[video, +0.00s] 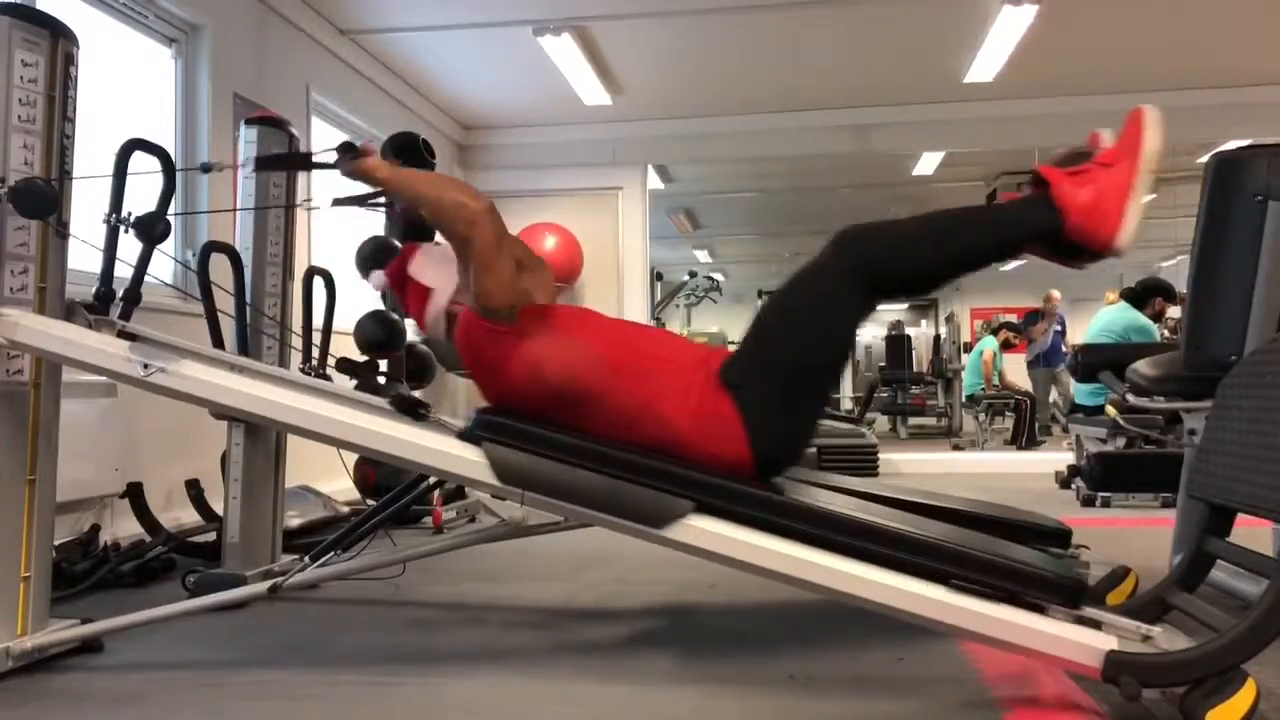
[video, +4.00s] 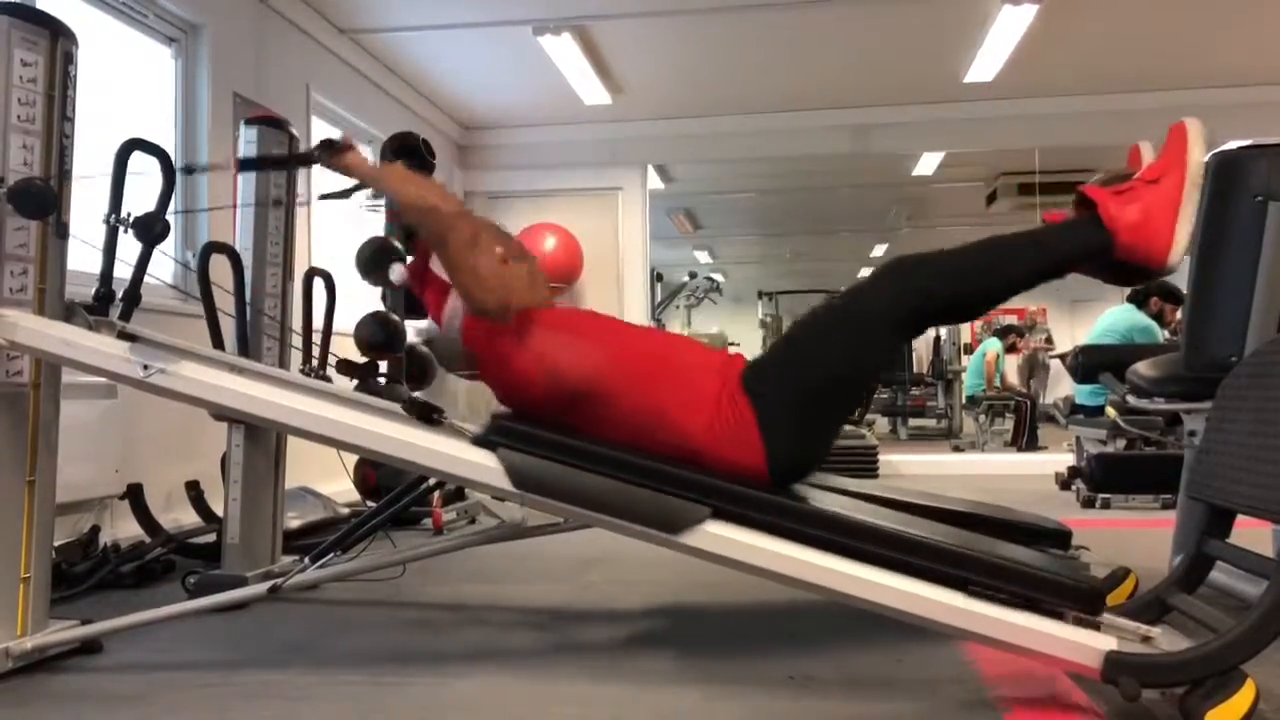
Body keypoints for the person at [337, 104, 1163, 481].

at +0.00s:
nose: (479, 252)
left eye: (441, 248)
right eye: (452, 249)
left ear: (424, 293)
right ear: (440, 274)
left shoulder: (500, 326)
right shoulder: (491, 324)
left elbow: (559, 248)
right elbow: (470, 214)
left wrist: (452, 240)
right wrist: (395, 176)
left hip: (731, 411)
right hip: (739, 428)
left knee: (851, 255)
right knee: (850, 258)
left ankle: (1055, 207)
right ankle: (1064, 211)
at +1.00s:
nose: (305, 176)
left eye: (292, 166)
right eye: (284, 170)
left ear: (257, 204)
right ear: (250, 205)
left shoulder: (314, 262)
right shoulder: (285, 252)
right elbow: (395, 205)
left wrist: (585, 223)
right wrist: (514, 135)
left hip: (510, 346)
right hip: (501, 346)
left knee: (498, 163)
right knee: (501, 162)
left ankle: (684, 118)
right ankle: (673, 88)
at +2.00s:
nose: (526, 258)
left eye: (516, 252)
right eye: (507, 255)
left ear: (485, 305)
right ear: (484, 297)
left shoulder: (545, 340)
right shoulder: (523, 347)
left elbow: (568, 257)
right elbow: (444, 233)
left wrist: (474, 267)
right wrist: (353, 216)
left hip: (770, 407)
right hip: (780, 431)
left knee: (909, 275)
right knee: (913, 282)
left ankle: (1114, 224)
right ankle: (1125, 233)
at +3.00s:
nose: (294, 163)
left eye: (283, 154)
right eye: (273, 158)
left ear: (241, 193)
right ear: (237, 190)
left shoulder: (285, 247)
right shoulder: (273, 240)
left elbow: (422, 245)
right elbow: (401, 230)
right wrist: (537, 208)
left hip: (483, 341)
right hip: (479, 344)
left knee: (450, 160)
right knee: (445, 149)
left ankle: (652, 116)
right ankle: (628, 78)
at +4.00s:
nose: (518, 248)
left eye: (500, 240)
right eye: (496, 249)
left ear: (460, 301)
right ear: (470, 283)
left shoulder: (518, 334)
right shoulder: (506, 334)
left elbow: (544, 254)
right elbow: (463, 224)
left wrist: (433, 218)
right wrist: (390, 179)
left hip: (752, 405)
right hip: (756, 428)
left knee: (896, 284)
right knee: (899, 291)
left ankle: (1100, 224)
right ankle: (1112, 235)